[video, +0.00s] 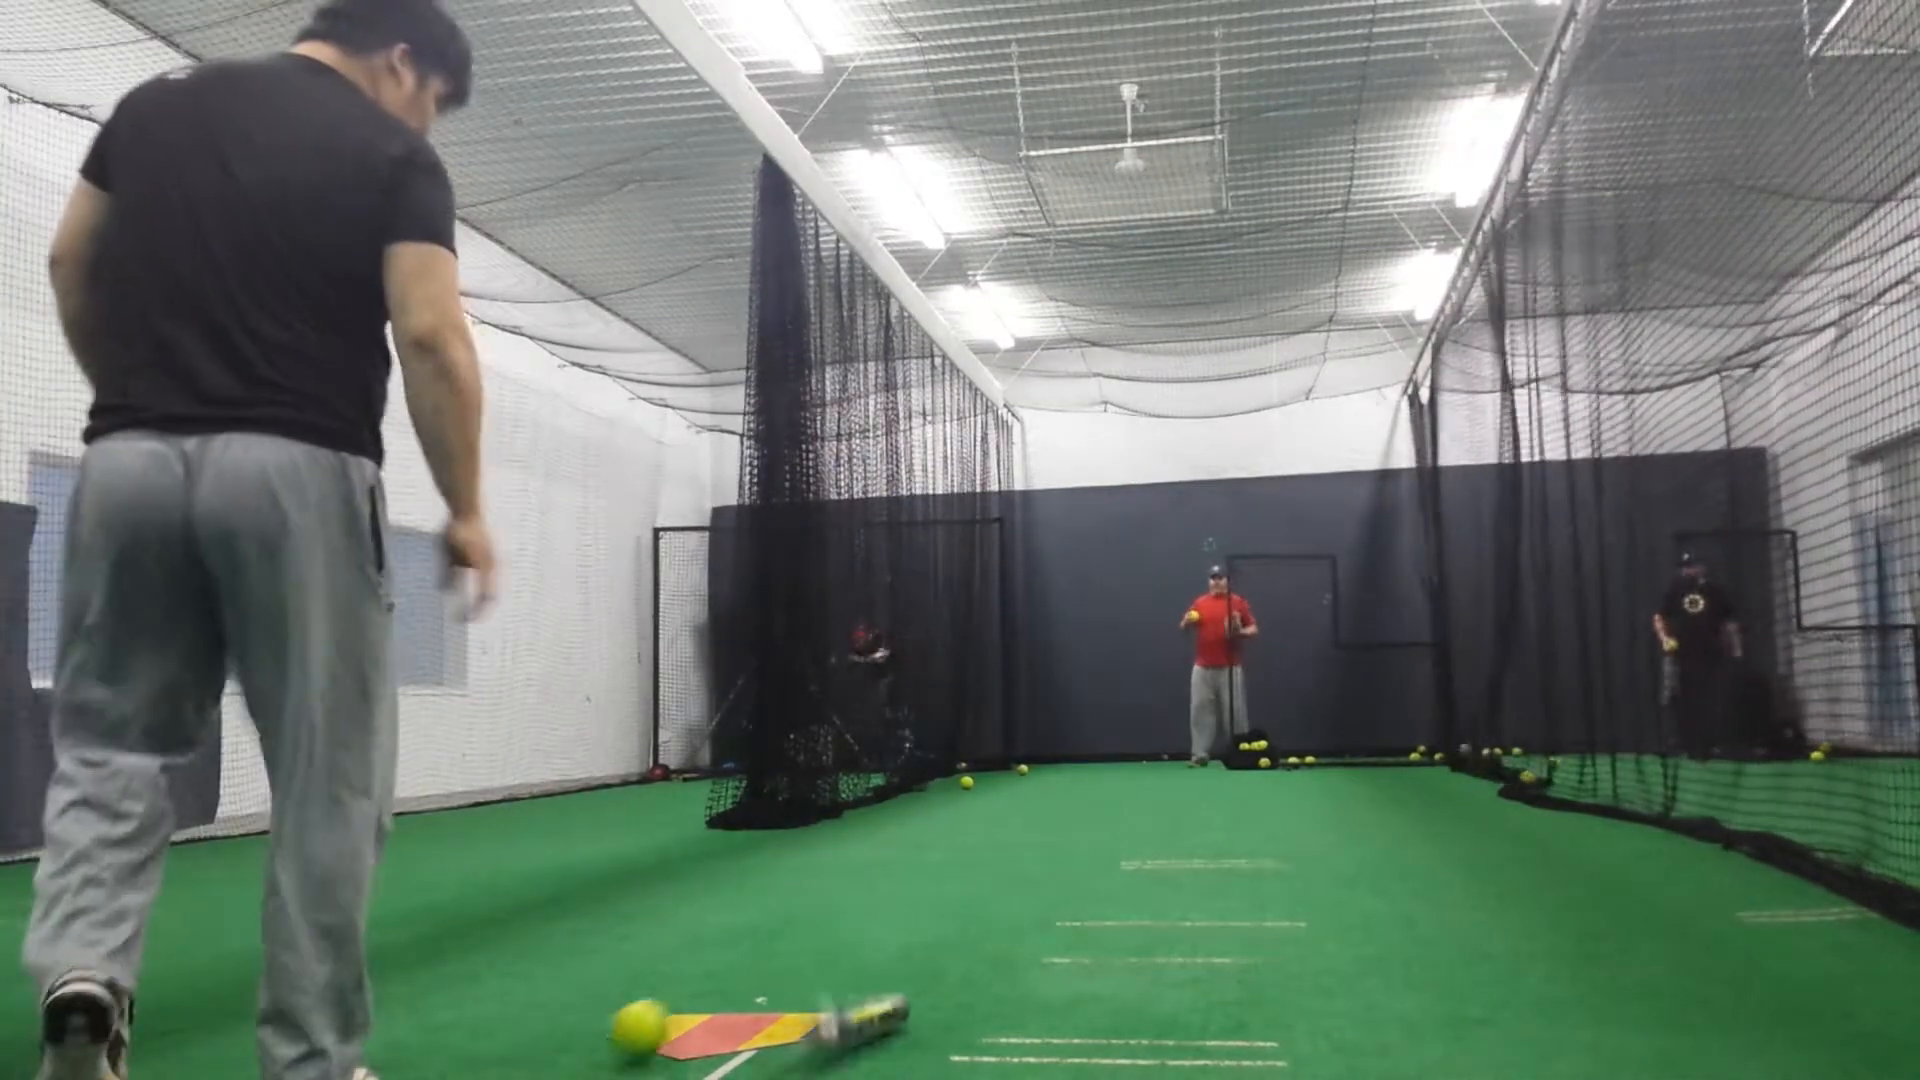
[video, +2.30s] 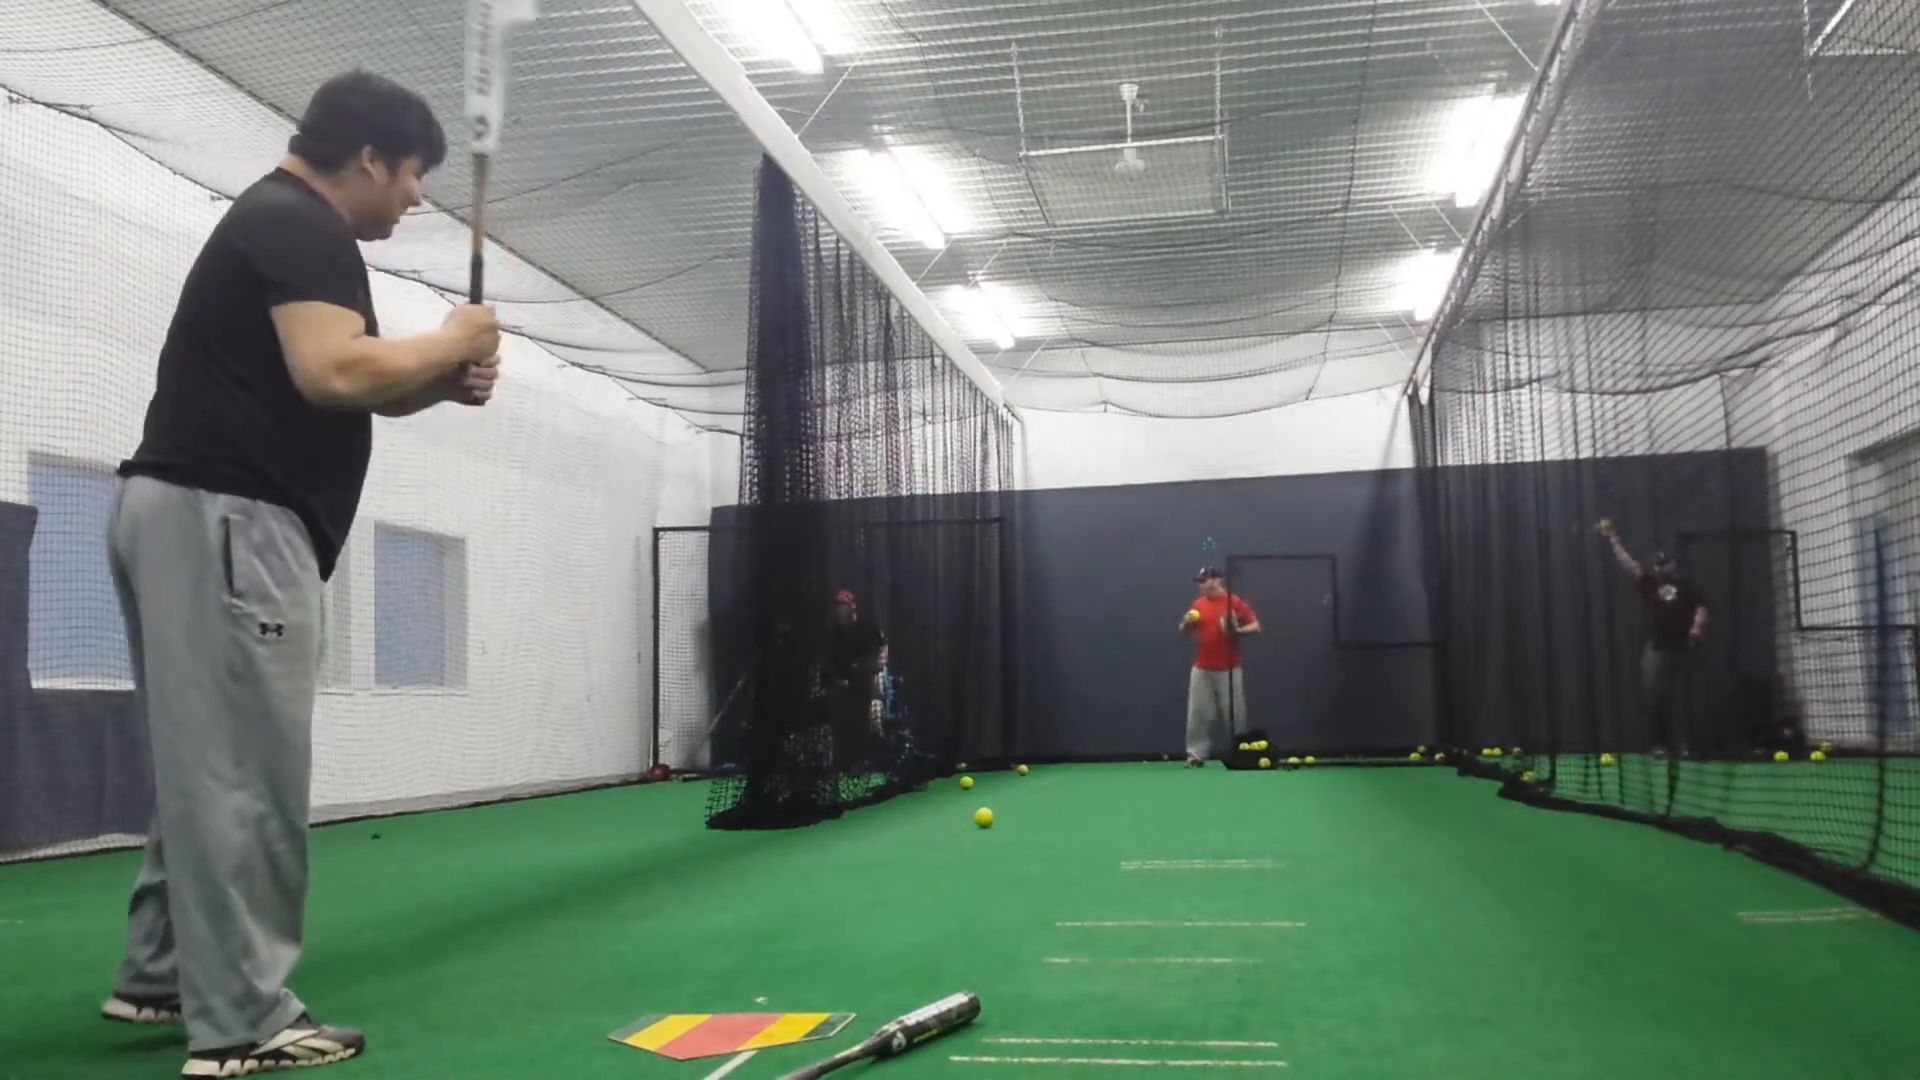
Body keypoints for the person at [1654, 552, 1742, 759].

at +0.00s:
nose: (1692, 573)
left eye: (1696, 568)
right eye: (1688, 568)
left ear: (1704, 569)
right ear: (1680, 570)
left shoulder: (1716, 592)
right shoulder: (1673, 592)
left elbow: (1730, 624)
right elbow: (1659, 618)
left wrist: (1736, 651)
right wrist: (1665, 639)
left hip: (1712, 652)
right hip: (1683, 653)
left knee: (1713, 699)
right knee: (1676, 697)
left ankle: (1711, 744)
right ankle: (1677, 743)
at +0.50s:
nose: (1659, 573)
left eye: (1662, 567)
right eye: (1654, 569)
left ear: (1670, 568)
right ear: (1648, 573)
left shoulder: (1687, 590)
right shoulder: (1645, 596)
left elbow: (1706, 615)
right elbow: (1631, 622)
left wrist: (1717, 635)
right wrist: (1643, 636)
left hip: (1688, 650)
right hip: (1659, 654)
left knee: (1694, 697)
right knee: (1659, 700)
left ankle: (1700, 744)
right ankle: (1661, 744)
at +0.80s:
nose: (1648, 570)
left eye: (1651, 565)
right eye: (1644, 567)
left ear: (1659, 565)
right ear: (1639, 570)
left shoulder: (1675, 587)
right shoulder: (1635, 593)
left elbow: (1692, 614)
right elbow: (1620, 620)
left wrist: (1681, 634)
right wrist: (1635, 637)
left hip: (1675, 645)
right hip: (1651, 648)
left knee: (1681, 694)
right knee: (1653, 697)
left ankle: (1687, 742)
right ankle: (1659, 744)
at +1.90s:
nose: (1643, 571)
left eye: (1647, 566)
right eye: (1639, 567)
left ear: (1654, 567)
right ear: (1635, 570)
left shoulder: (1666, 588)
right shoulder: (1638, 590)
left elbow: (1676, 617)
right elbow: (1637, 616)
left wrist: (1669, 644)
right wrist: (1611, 618)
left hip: (1665, 650)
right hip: (1644, 650)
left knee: (1671, 696)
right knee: (1648, 696)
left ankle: (1677, 743)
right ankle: (1654, 742)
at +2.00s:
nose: (1646, 570)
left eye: (1650, 565)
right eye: (1643, 565)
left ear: (1658, 566)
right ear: (1638, 568)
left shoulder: (1670, 589)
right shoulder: (1639, 591)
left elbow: (1684, 614)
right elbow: (1631, 612)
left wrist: (1674, 640)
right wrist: (1620, 594)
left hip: (1668, 652)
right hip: (1646, 652)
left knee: (1674, 698)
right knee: (1651, 698)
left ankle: (1678, 742)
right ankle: (1656, 742)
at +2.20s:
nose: (1656, 570)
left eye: (1661, 565)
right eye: (1652, 565)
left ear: (1670, 565)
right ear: (1648, 567)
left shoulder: (1681, 585)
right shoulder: (1644, 588)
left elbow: (1694, 607)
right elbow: (1618, 585)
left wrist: (1689, 628)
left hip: (1676, 646)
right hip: (1650, 648)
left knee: (1678, 697)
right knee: (1652, 697)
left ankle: (1681, 743)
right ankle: (1657, 743)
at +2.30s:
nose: (1662, 570)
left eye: (1665, 565)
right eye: (1658, 566)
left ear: (1674, 566)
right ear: (1653, 567)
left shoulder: (1686, 586)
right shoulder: (1649, 582)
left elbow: (1701, 608)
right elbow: (1627, 562)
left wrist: (1696, 628)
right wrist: (1613, 538)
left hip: (1681, 644)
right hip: (1656, 645)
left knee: (1681, 695)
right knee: (1655, 694)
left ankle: (1681, 742)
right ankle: (1657, 743)